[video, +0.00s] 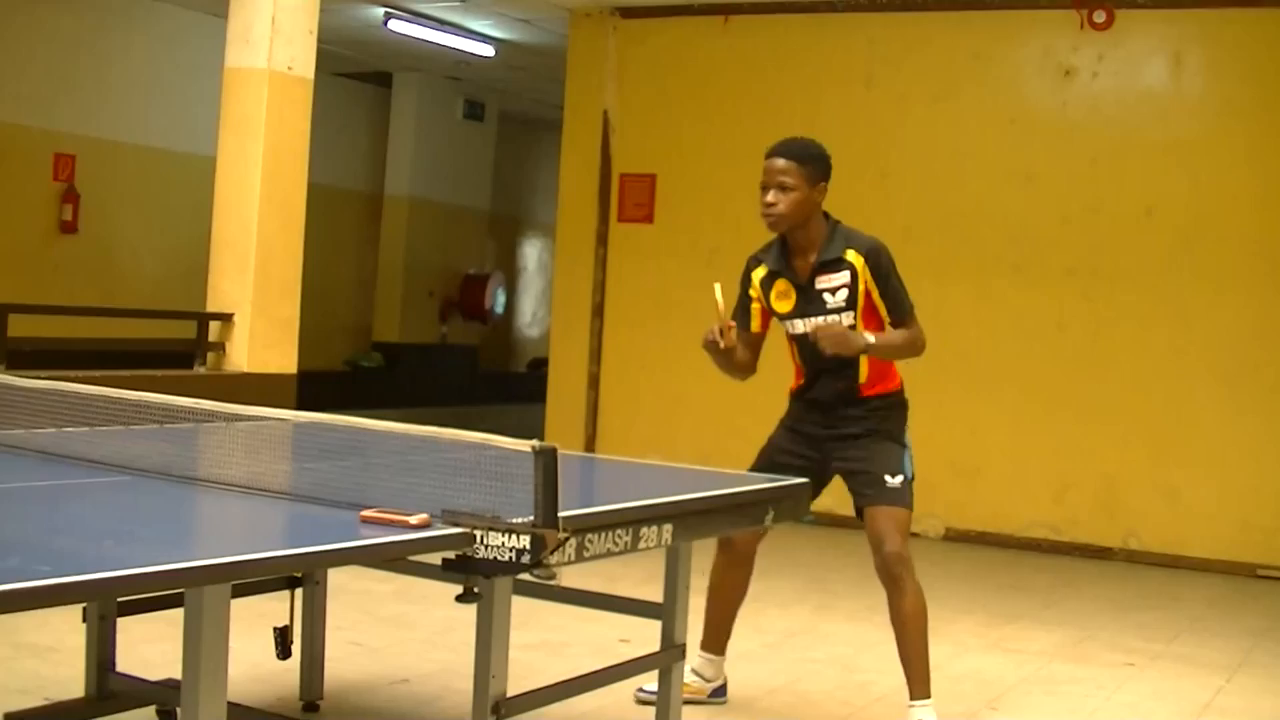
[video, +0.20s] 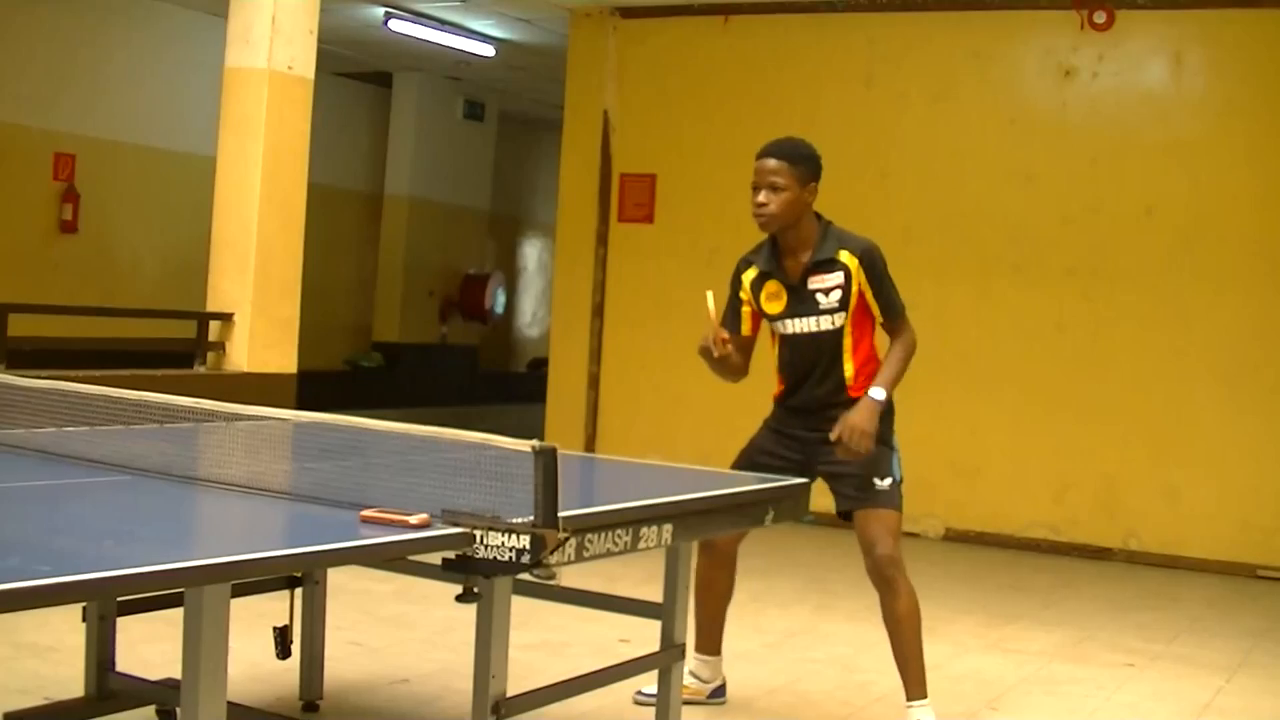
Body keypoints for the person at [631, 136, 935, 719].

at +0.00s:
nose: (767, 199)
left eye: (781, 189)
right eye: (764, 188)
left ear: (819, 192)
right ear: (761, 191)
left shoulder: (865, 254)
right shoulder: (760, 269)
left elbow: (912, 339)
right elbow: (744, 364)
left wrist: (861, 342)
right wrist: (723, 352)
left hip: (873, 418)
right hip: (807, 417)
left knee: (890, 553)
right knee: (738, 529)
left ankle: (921, 706)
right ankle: (708, 671)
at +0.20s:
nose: (758, 200)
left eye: (772, 189)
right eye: (754, 189)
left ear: (810, 192)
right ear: (753, 191)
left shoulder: (857, 255)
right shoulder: (752, 270)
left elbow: (903, 335)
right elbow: (736, 366)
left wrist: (873, 402)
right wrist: (719, 356)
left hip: (857, 422)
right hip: (790, 423)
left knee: (882, 557)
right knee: (717, 530)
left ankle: (918, 706)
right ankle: (705, 673)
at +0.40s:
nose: (752, 199)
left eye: (766, 188)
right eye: (749, 187)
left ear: (804, 191)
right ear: (748, 191)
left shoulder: (854, 255)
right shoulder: (746, 269)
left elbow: (896, 330)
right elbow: (727, 365)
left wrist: (882, 412)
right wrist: (710, 355)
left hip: (849, 427)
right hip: (781, 426)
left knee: (878, 556)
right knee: (711, 531)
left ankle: (919, 703)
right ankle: (705, 672)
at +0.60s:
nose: (767, 211)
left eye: (781, 199)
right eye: (763, 198)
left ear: (818, 201)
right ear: (760, 200)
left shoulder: (866, 266)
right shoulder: (755, 276)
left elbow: (909, 340)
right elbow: (725, 369)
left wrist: (887, 412)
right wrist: (708, 365)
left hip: (859, 435)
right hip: (788, 435)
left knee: (901, 557)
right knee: (709, 533)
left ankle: (946, 707)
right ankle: (704, 673)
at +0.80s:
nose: (778, 253)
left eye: (791, 241)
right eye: (773, 240)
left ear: (827, 239)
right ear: (769, 238)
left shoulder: (877, 292)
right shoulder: (762, 310)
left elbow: (920, 366)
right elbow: (720, 394)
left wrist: (892, 415)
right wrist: (719, 424)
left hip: (878, 444)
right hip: (804, 446)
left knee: (917, 559)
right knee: (714, 542)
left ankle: (949, 710)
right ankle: (704, 674)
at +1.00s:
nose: (778, 283)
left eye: (791, 271)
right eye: (772, 269)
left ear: (828, 263)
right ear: (766, 262)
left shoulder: (876, 301)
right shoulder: (761, 324)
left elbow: (919, 371)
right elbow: (694, 403)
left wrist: (901, 408)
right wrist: (713, 456)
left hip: (875, 446)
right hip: (802, 448)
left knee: (916, 558)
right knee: (710, 543)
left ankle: (948, 708)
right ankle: (704, 675)